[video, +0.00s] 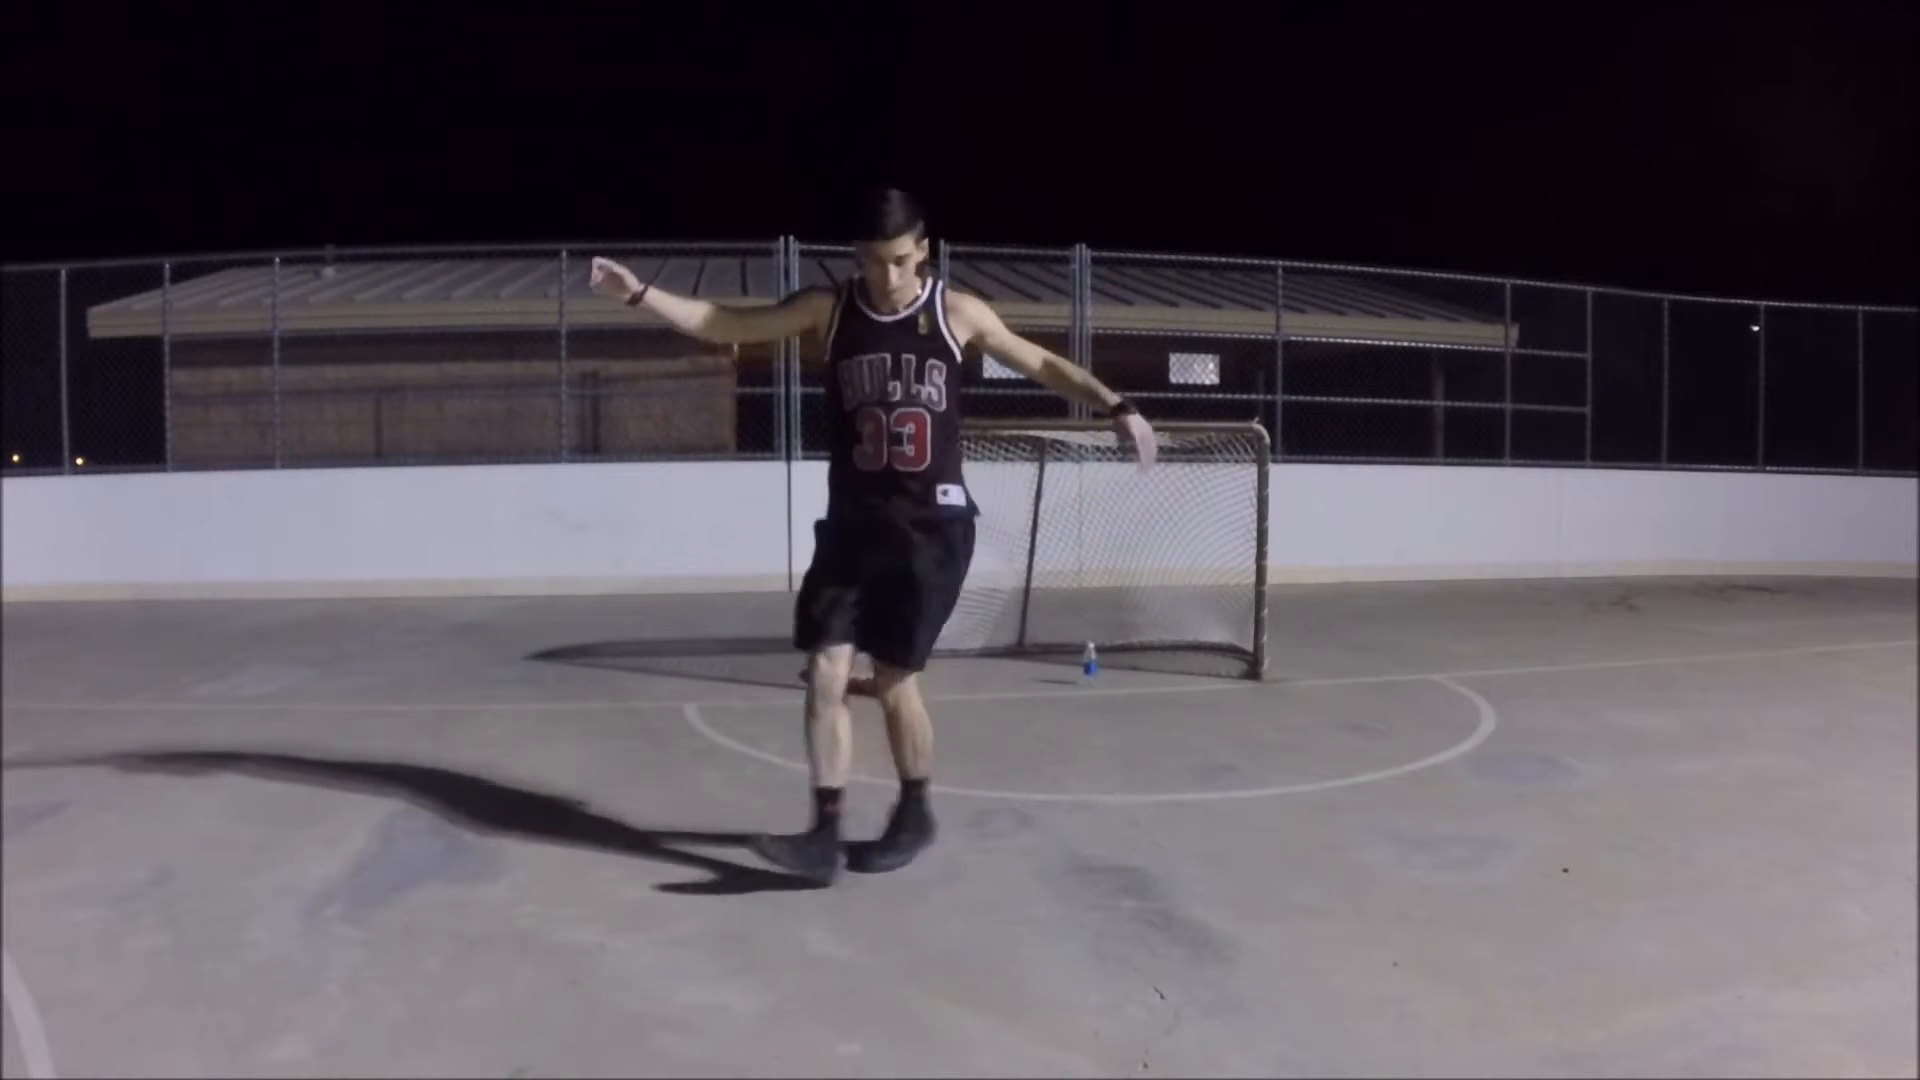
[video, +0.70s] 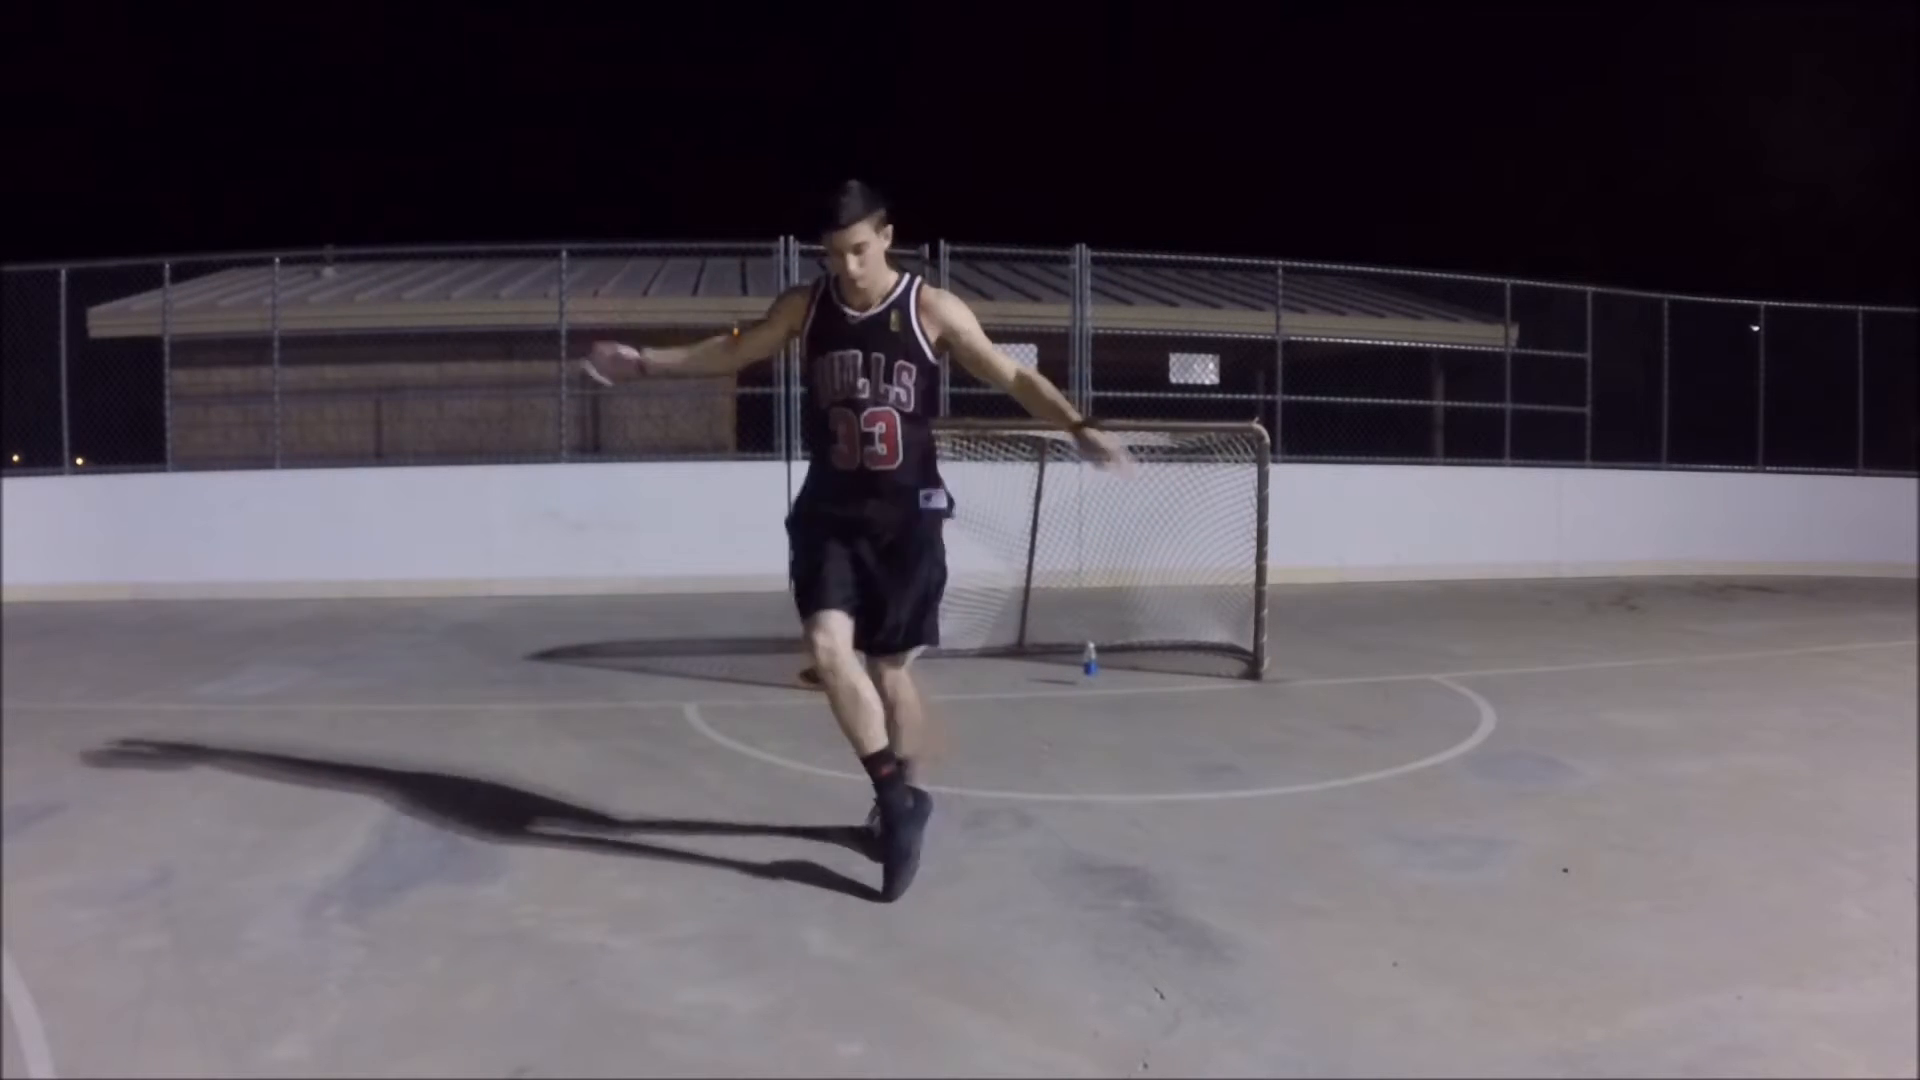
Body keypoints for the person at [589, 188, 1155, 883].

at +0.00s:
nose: (894, 278)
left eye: (906, 263)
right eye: (881, 264)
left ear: (924, 252)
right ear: (859, 255)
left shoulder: (960, 313)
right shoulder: (827, 309)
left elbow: (1046, 366)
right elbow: (728, 326)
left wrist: (1117, 407)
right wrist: (642, 294)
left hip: (934, 521)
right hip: (853, 518)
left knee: (893, 677)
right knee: (825, 670)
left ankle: (916, 815)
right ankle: (825, 836)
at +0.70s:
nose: (846, 267)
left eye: (857, 252)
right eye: (835, 254)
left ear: (886, 237)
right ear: (822, 250)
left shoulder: (933, 308)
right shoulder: (806, 304)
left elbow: (1014, 377)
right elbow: (733, 352)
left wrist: (1081, 428)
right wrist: (646, 361)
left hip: (905, 514)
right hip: (828, 510)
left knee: (887, 669)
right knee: (826, 649)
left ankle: (896, 805)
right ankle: (896, 795)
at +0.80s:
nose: (822, 276)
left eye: (831, 261)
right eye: (813, 265)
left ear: (868, 249)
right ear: (809, 265)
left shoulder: (930, 313)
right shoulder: (806, 318)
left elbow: (993, 377)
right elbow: (770, 370)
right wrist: (725, 380)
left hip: (904, 516)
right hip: (826, 513)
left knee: (873, 672)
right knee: (866, 649)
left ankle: (808, 805)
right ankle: (912, 817)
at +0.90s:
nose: (816, 276)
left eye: (821, 261)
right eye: (811, 266)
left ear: (856, 247)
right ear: (819, 262)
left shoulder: (923, 308)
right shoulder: (820, 317)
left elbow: (920, 386)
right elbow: (820, 399)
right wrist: (771, 395)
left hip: (895, 517)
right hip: (824, 511)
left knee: (861, 678)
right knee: (837, 670)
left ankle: (812, 805)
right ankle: (904, 814)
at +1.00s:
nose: (806, 258)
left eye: (806, 243)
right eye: (804, 245)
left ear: (827, 233)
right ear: (845, 231)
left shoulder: (892, 287)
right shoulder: (853, 299)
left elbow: (887, 389)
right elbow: (867, 398)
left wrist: (782, 400)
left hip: (884, 506)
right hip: (843, 500)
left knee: (845, 663)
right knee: (761, 614)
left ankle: (878, 808)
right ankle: (840, 758)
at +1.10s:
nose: (808, 255)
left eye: (809, 244)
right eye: (816, 242)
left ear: (816, 247)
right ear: (872, 246)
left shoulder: (839, 302)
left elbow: (855, 409)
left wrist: (777, 465)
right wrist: (769, 410)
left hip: (857, 505)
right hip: (916, 511)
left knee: (843, 674)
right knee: (808, 620)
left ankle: (866, 834)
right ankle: (746, 725)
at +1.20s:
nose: (892, 310)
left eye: (888, 305)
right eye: (891, 303)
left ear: (827, 300)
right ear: (878, 299)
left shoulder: (790, 353)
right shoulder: (920, 344)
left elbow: (777, 459)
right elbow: (944, 448)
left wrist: (777, 525)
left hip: (843, 544)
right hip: (922, 544)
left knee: (839, 684)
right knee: (839, 648)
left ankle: (870, 835)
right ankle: (736, 717)